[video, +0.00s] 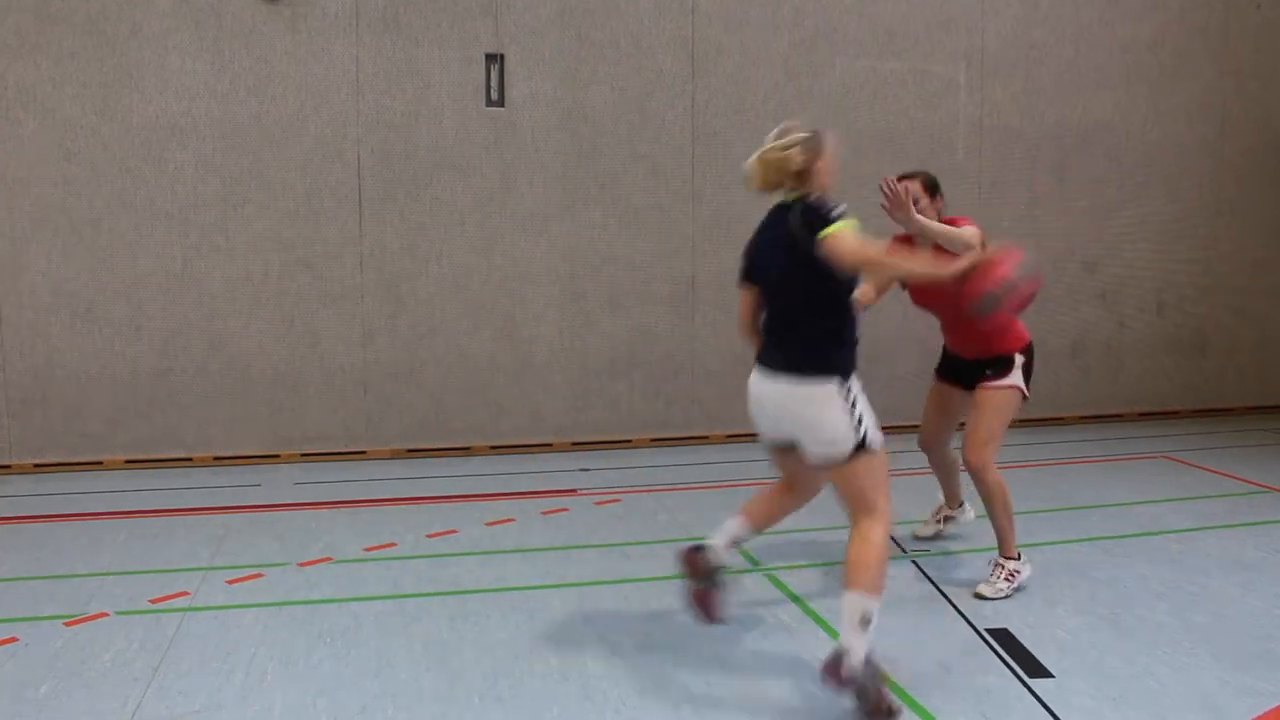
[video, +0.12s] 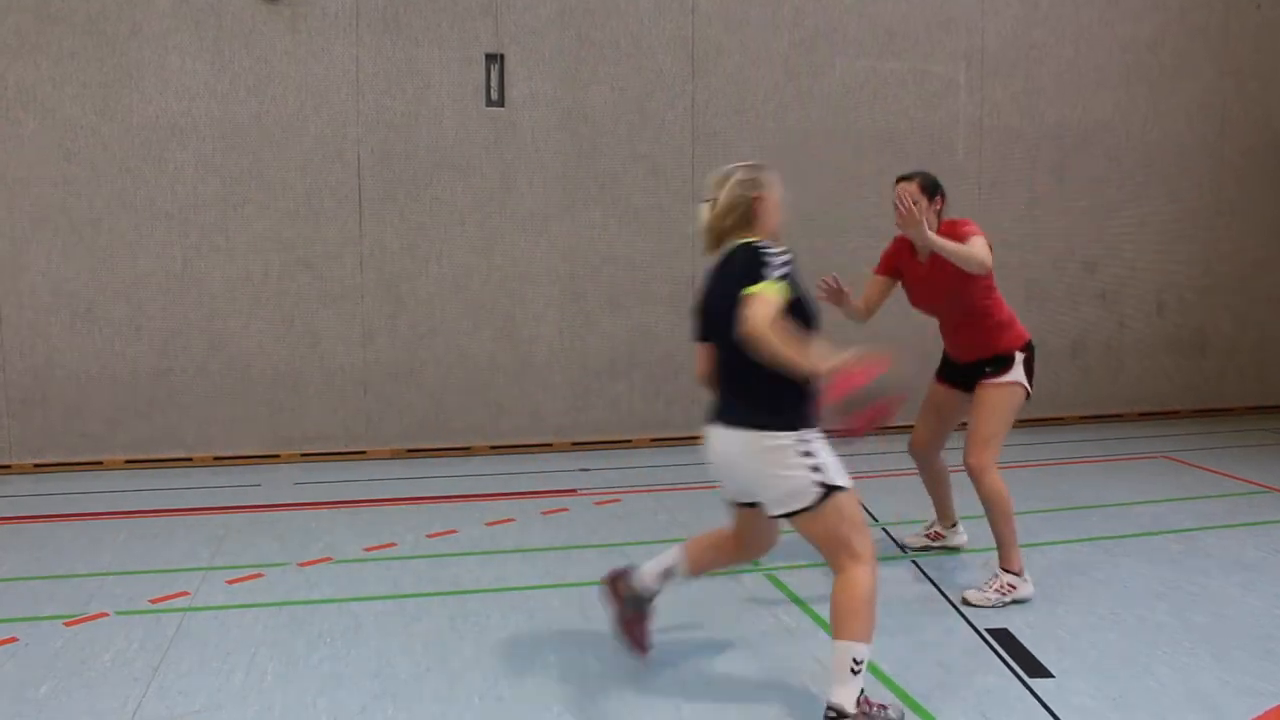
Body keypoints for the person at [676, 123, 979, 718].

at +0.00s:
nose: (833, 163)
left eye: (828, 154)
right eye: (828, 156)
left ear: (785, 173)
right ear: (813, 169)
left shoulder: (766, 231)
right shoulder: (821, 217)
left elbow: (748, 320)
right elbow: (853, 255)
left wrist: (778, 360)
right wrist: (945, 270)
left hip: (767, 388)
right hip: (826, 395)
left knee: (799, 483)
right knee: (871, 514)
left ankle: (711, 551)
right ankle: (854, 656)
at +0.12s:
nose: (780, 204)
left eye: (776, 194)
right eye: (775, 196)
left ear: (727, 210)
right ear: (761, 204)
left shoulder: (719, 272)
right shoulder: (770, 259)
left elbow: (708, 368)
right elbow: (757, 324)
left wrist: (776, 375)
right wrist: (816, 361)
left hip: (729, 440)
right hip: (781, 444)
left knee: (751, 538)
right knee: (855, 554)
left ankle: (639, 582)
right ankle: (847, 699)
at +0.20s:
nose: (732, 198)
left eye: (727, 188)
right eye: (725, 189)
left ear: (678, 204)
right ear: (709, 199)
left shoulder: (669, 264)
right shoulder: (709, 260)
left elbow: (656, 354)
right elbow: (685, 343)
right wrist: (729, 403)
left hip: (674, 435)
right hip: (722, 435)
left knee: (707, 552)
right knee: (794, 553)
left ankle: (602, 628)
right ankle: (848, 691)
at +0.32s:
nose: (648, 186)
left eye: (643, 176)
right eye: (642, 177)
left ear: (601, 187)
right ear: (625, 184)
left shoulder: (588, 244)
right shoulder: (616, 249)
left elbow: (580, 340)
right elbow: (596, 341)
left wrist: (645, 370)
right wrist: (646, 417)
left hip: (575, 427)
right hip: (612, 429)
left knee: (639, 541)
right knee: (699, 532)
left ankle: (578, 662)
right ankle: (685, 673)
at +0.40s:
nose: (590, 168)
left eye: (585, 158)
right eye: (585, 159)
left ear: (540, 171)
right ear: (570, 168)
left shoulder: (525, 225)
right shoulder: (569, 230)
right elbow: (558, 325)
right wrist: (609, 406)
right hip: (550, 406)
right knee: (605, 528)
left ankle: (572, 659)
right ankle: (528, 649)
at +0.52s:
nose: (507, 154)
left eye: (503, 143)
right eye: (501, 145)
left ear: (456, 155)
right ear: (482, 152)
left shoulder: (431, 216)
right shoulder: (488, 218)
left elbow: (400, 307)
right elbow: (481, 315)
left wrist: (459, 322)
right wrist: (540, 388)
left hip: (421, 387)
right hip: (460, 395)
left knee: (496, 510)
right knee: (467, 535)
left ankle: (504, 639)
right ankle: (358, 647)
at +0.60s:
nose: (450, 170)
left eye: (446, 160)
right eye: (443, 161)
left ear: (402, 176)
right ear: (423, 173)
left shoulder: (386, 233)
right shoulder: (422, 238)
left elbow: (349, 323)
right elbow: (413, 335)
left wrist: (409, 345)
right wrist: (489, 393)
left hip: (380, 408)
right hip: (386, 419)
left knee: (446, 512)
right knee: (392, 556)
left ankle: (384, 621)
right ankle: (301, 676)